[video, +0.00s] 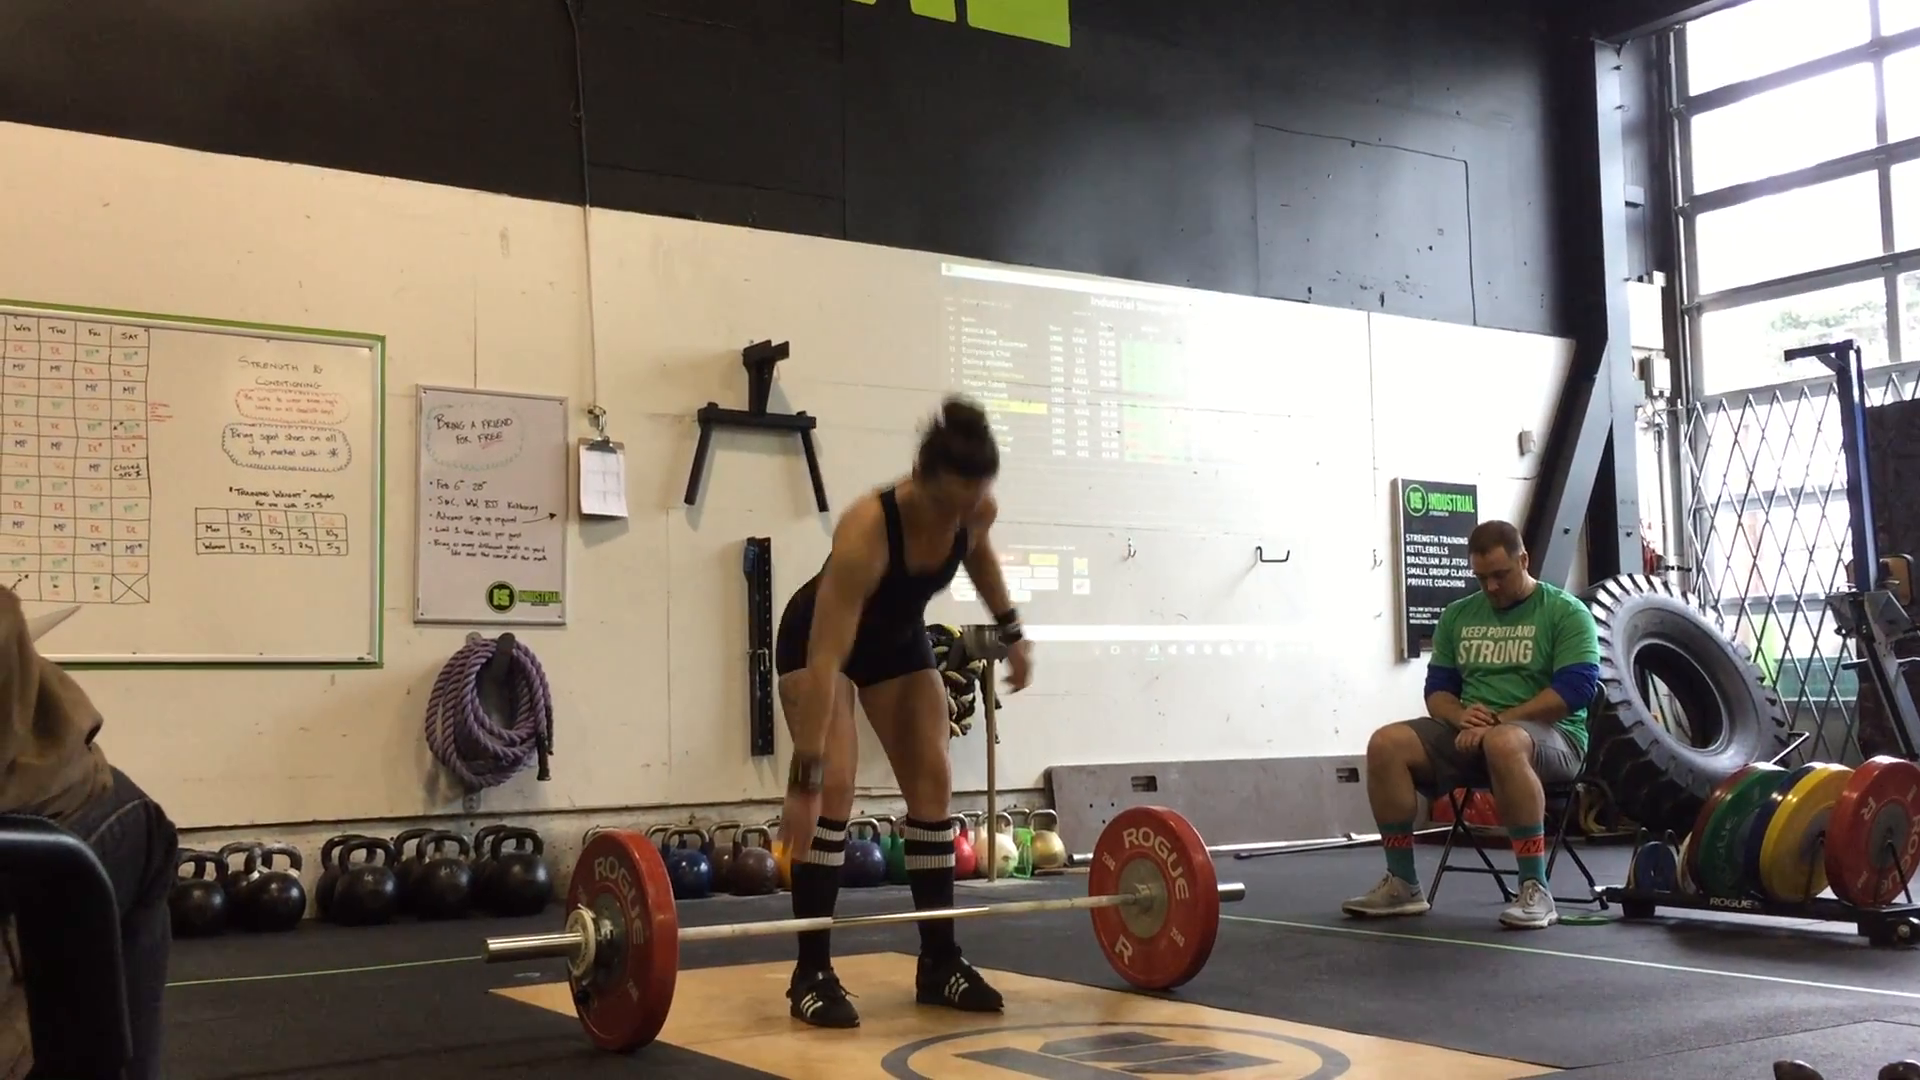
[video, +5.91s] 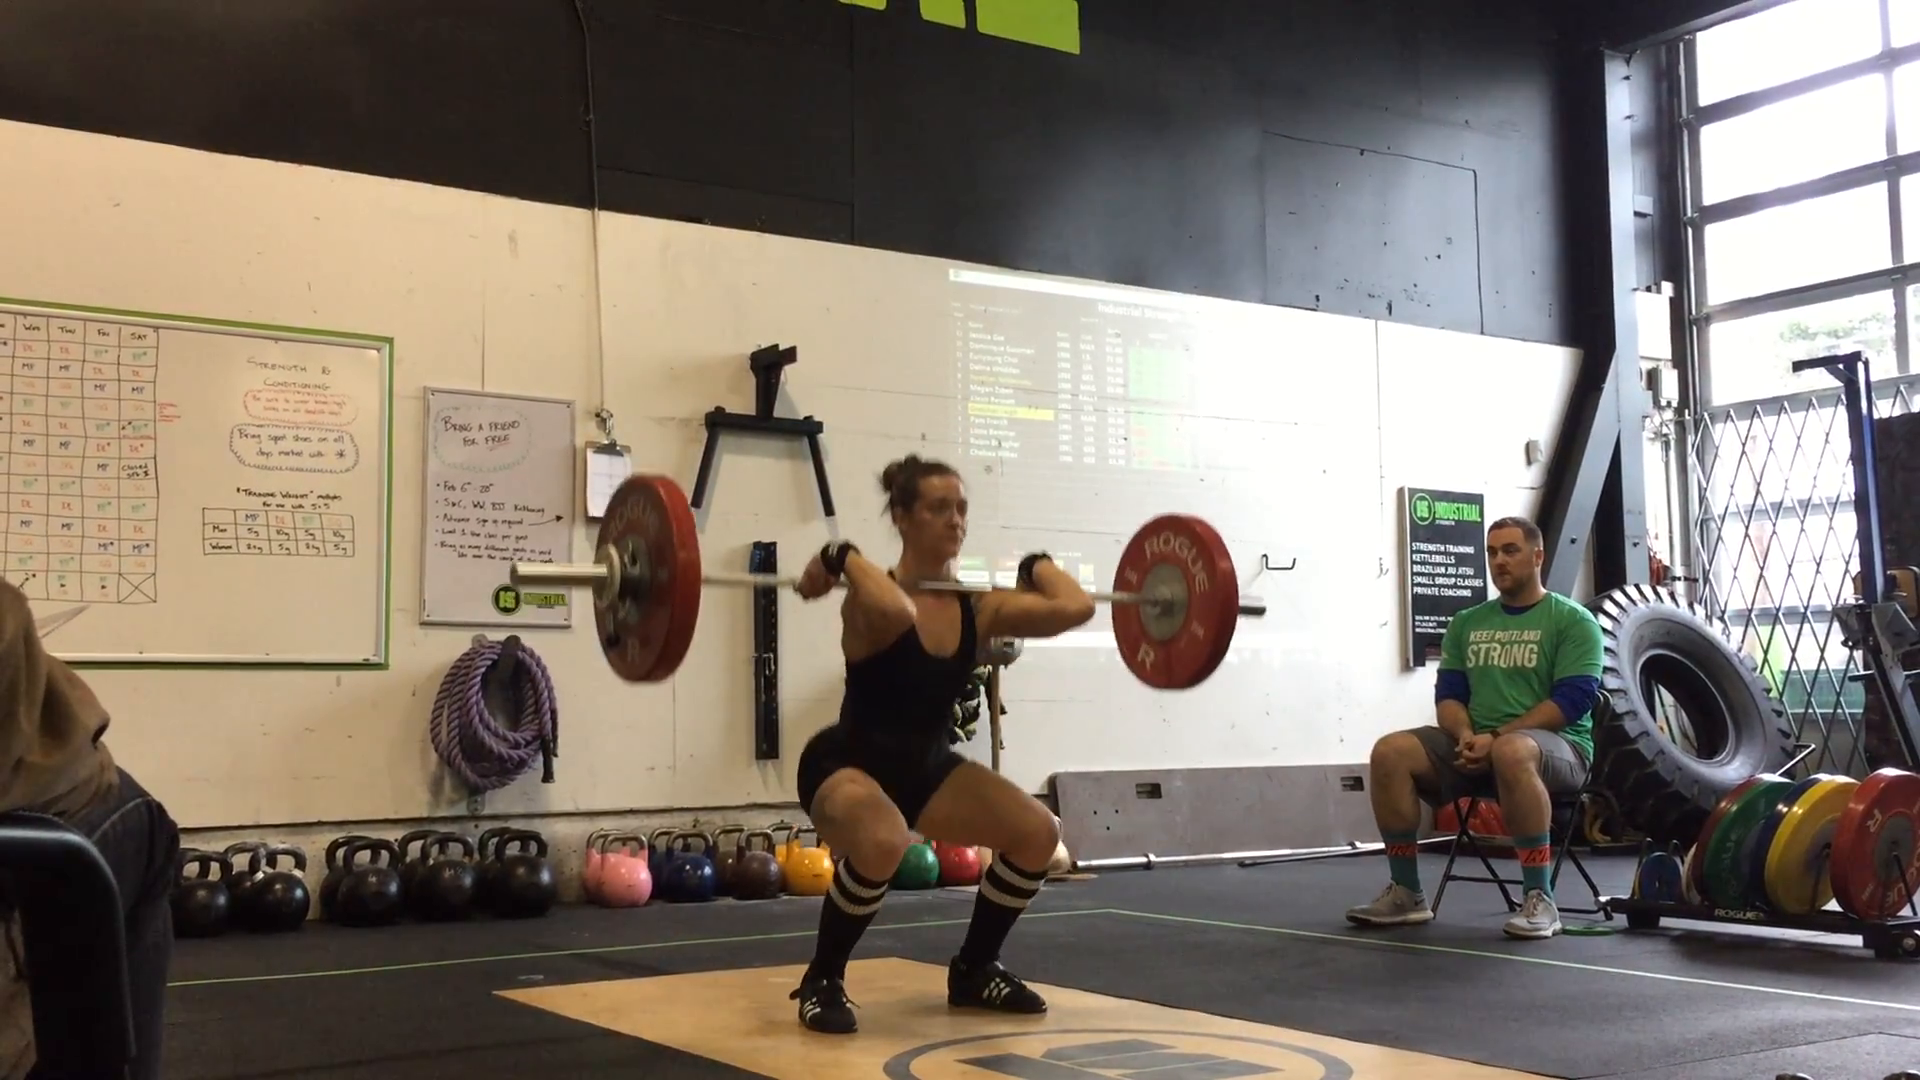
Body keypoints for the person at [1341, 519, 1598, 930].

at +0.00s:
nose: (1491, 587)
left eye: (1500, 575)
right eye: (1482, 577)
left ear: (1525, 560)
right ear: (1472, 569)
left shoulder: (1566, 611)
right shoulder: (1456, 616)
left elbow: (1577, 687)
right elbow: (1438, 692)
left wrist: (1498, 724)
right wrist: (1460, 715)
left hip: (1552, 735)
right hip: (1470, 735)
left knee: (1503, 743)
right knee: (1385, 744)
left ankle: (1534, 891)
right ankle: (1402, 885)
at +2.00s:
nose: (1488, 553)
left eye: (1498, 543)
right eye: (1480, 545)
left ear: (1526, 547)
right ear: (1475, 553)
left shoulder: (1564, 611)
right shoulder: (1456, 616)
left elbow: (1566, 689)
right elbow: (1441, 687)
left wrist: (1492, 728)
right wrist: (1459, 724)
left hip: (1549, 734)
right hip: (1469, 735)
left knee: (1501, 743)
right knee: (1382, 745)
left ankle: (1531, 891)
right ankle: (1399, 884)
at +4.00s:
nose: (1503, 555)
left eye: (1514, 545)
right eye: (1497, 546)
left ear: (1542, 549)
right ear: (1491, 552)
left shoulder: (1577, 612)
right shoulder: (1470, 615)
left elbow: (1577, 693)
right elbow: (1454, 688)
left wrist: (1502, 731)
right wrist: (1469, 724)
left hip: (1561, 736)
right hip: (1482, 736)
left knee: (1516, 742)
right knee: (1394, 744)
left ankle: (1544, 892)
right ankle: (1412, 885)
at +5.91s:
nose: (1499, 560)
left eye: (1510, 551)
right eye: (1492, 553)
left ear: (1538, 556)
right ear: (1487, 560)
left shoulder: (1573, 620)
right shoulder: (1466, 623)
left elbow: (1573, 701)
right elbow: (1449, 696)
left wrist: (1498, 739)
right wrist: (1464, 733)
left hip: (1556, 746)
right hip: (1476, 745)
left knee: (1512, 751)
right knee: (1389, 753)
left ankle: (1538, 901)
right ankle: (1407, 894)